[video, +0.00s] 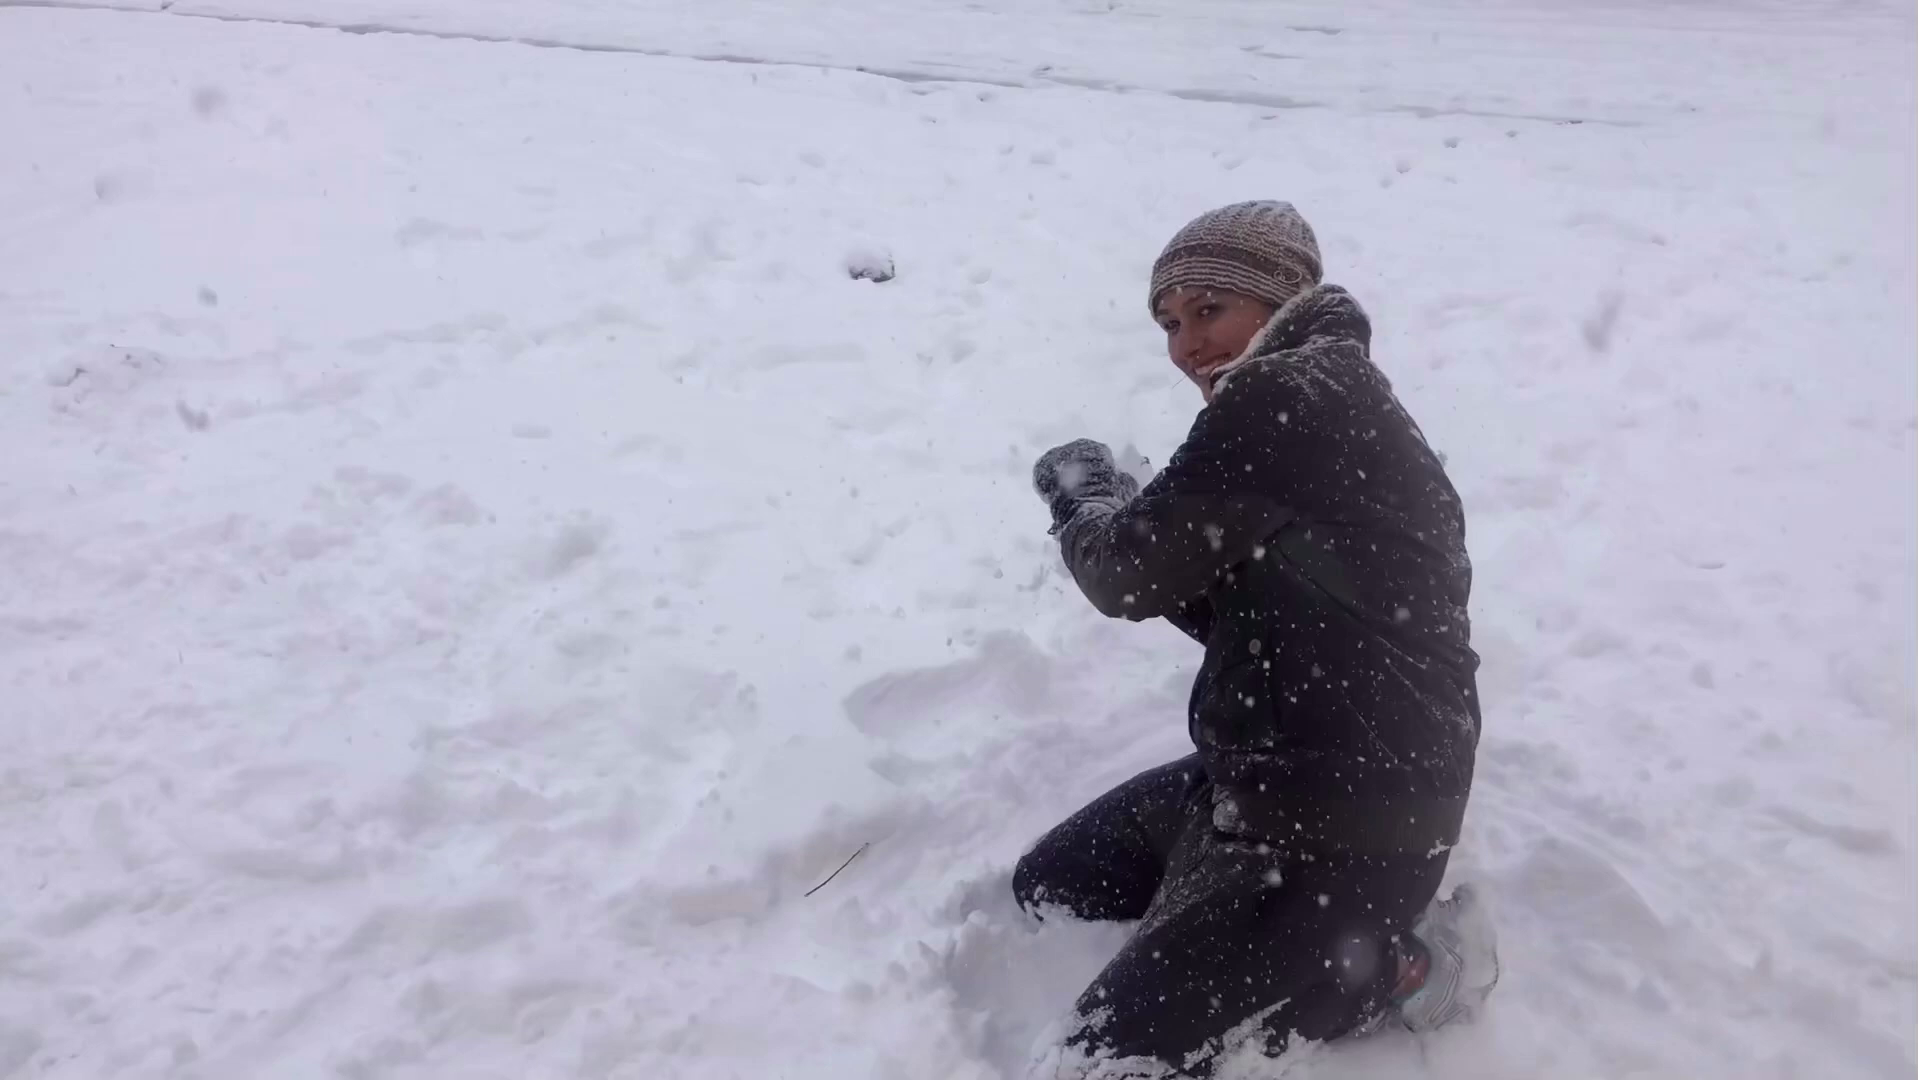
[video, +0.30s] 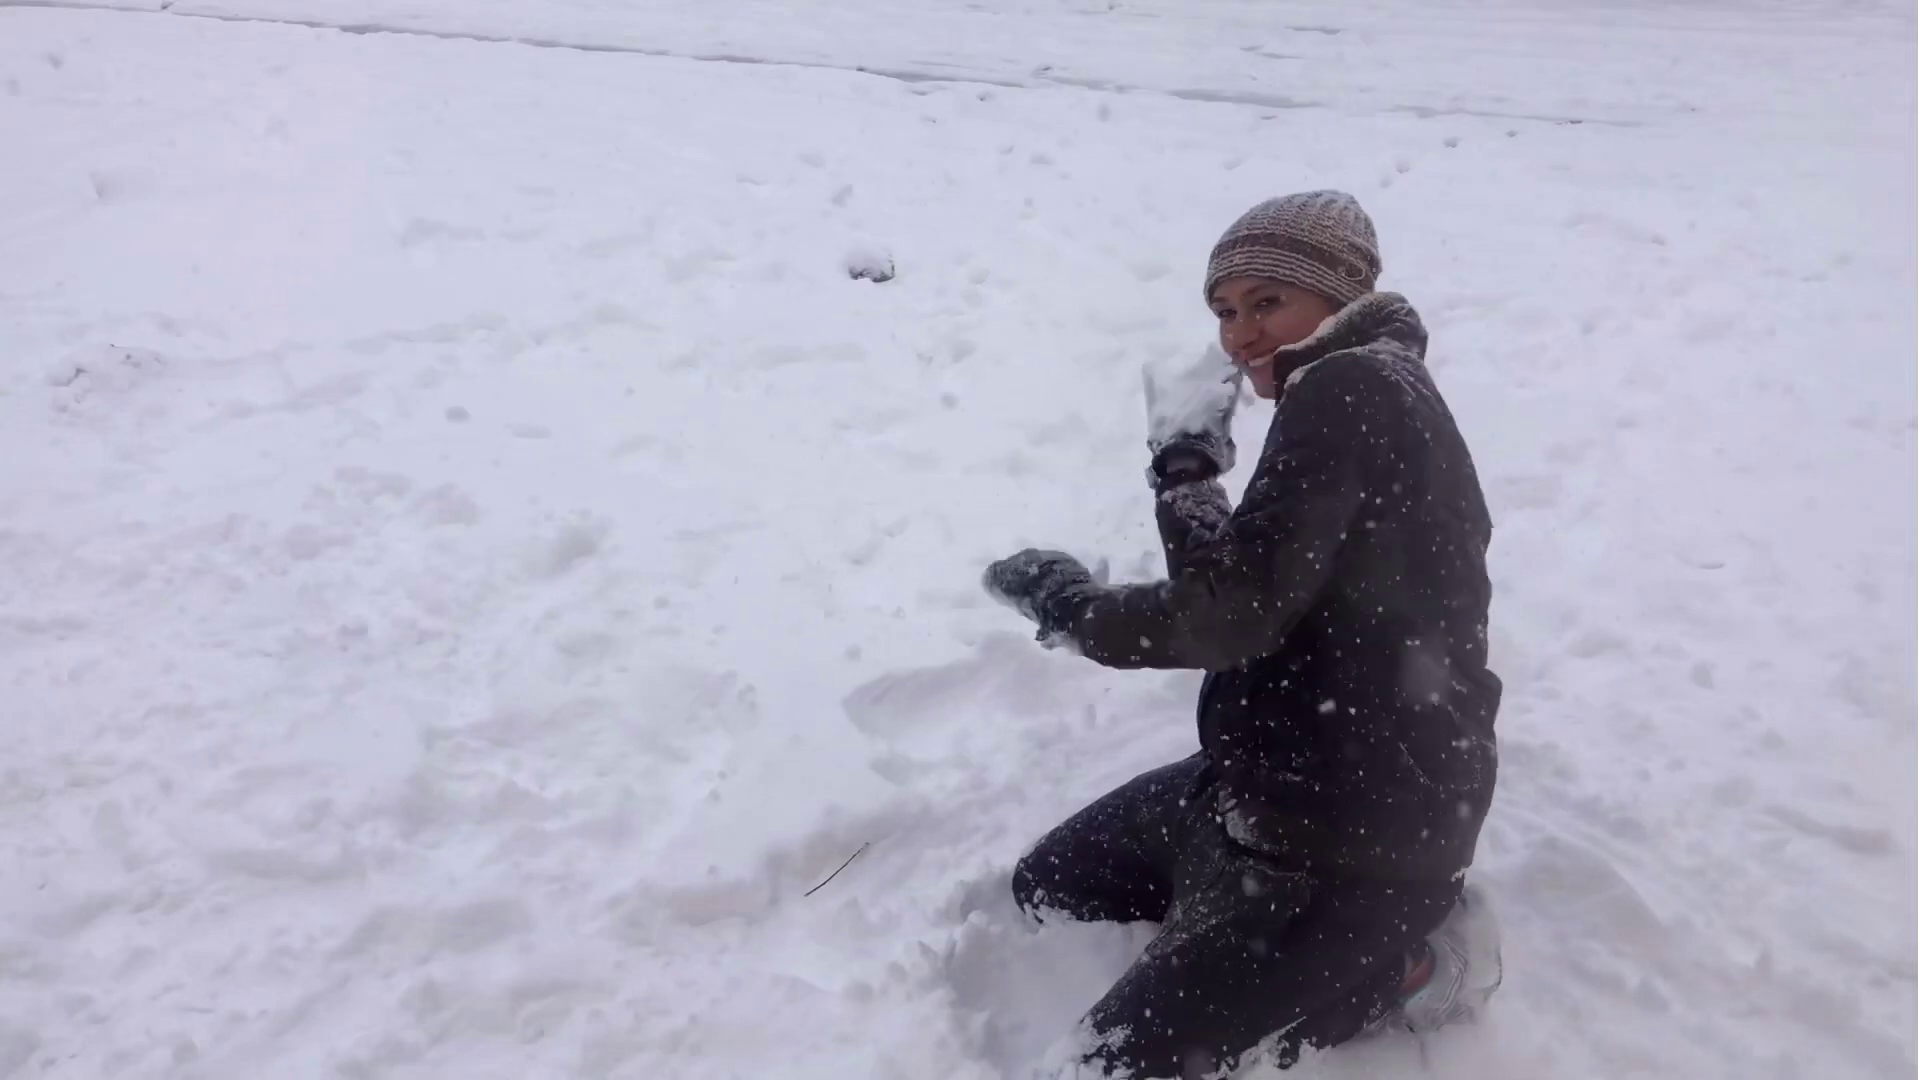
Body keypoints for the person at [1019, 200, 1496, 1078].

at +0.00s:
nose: (1186, 346)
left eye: (1209, 311)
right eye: (1172, 324)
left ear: (1282, 301)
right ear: (1159, 331)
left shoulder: (1278, 403)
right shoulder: (1366, 414)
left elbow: (1123, 575)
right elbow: (1255, 622)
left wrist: (1086, 500)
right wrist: (1153, 545)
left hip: (1329, 838)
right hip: (1259, 780)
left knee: (1101, 1055)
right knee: (1054, 883)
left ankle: (1403, 970)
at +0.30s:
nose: (1240, 337)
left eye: (1266, 304)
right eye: (1226, 314)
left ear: (1344, 297)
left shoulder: (1349, 394)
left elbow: (1236, 611)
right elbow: (1253, 612)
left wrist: (1079, 613)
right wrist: (1190, 483)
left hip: (1347, 854)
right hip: (1257, 788)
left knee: (1113, 1059)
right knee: (1050, 891)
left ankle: (1413, 967)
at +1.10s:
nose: (1303, 360)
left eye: (1341, 330)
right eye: (1285, 325)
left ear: (1420, 336)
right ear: (1268, 326)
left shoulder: (1521, 426)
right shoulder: (1256, 460)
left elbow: (1741, 464)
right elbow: (1334, 679)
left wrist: (1912, 450)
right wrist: (1547, 806)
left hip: (1447, 854)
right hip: (1291, 800)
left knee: (1202, 1004)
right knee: (1043, 897)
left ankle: (1472, 997)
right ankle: (1295, 884)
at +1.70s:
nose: (1156, 506)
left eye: (1166, 478)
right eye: (1148, 479)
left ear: (1258, 454)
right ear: (1248, 452)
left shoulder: (1440, 590)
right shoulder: (1279, 496)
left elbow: (1472, 881)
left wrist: (1443, 1064)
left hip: (1364, 906)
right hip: (1257, 794)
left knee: (1116, 1030)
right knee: (1045, 901)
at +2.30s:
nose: (873, 599)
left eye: (860, 572)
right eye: (853, 579)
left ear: (890, 542)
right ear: (947, 479)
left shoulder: (991, 667)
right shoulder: (1113, 508)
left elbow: (933, 940)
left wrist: (851, 1064)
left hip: (1356, 918)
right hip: (1443, 791)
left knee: (1092, 1048)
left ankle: (1411, 1018)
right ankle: (1517, 900)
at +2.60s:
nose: (892, 592)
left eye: (899, 566)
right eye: (884, 566)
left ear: (966, 554)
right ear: (999, 527)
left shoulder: (1076, 671)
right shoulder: (1103, 562)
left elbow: (1099, 947)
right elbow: (1107, 823)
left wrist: (951, 1046)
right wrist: (985, 924)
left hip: (1405, 914)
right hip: (1456, 792)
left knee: (1125, 1042)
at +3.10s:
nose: (984, 373)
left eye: (992, 347)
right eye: (983, 348)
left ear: (1051, 350)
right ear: (1109, 339)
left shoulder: (1076, 495)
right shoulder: (1212, 426)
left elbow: (1028, 713)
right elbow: (1166, 658)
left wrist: (922, 671)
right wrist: (972, 693)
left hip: (1334, 855)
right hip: (1456, 776)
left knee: (1100, 1044)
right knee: (1218, 904)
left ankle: (1428, 1010)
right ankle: (1506, 914)